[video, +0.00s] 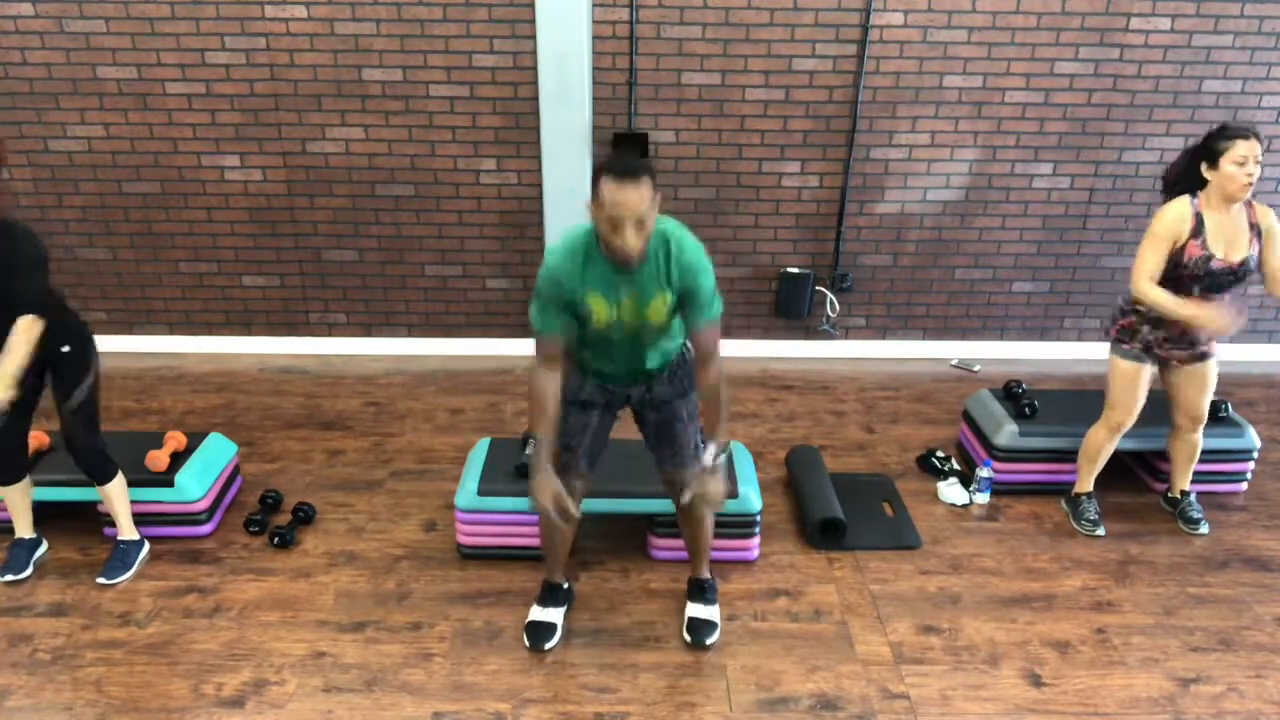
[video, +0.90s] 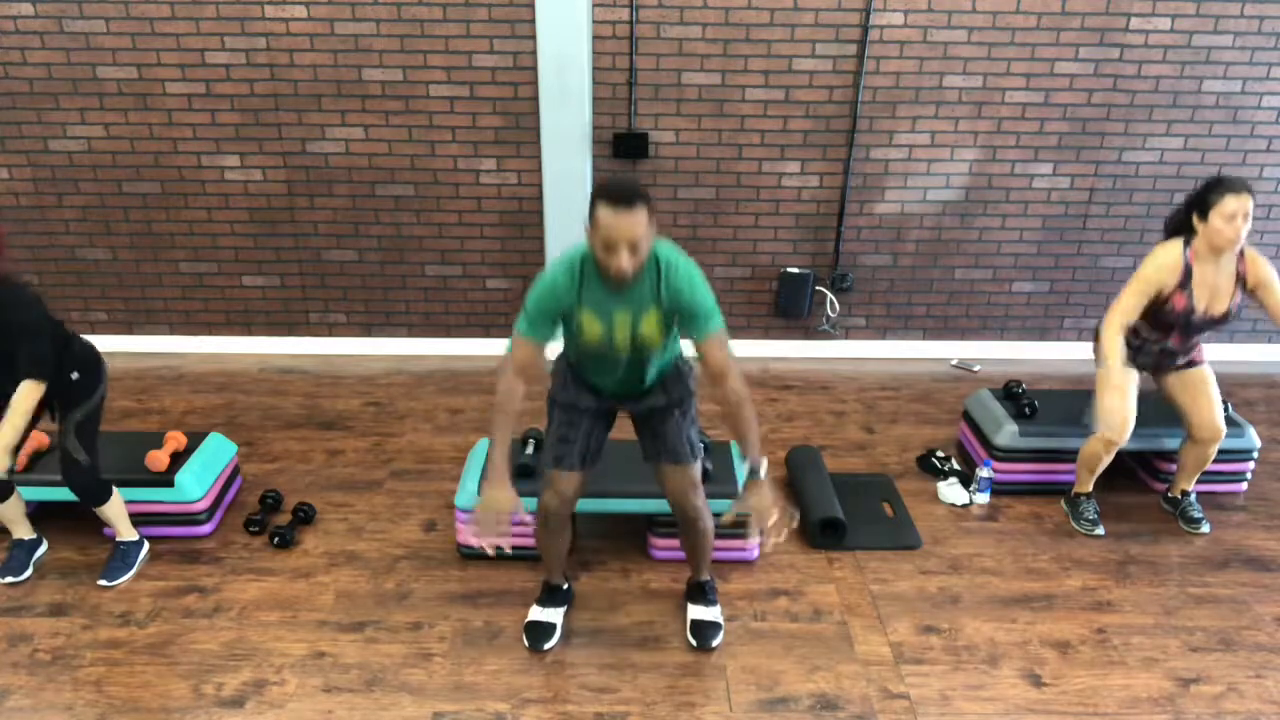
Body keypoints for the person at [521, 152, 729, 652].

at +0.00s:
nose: (629, 238)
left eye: (640, 222)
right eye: (615, 224)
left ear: (656, 209)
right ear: (594, 211)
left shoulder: (685, 255)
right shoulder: (563, 263)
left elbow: (709, 358)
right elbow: (547, 365)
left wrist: (716, 453)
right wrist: (540, 467)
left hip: (665, 372)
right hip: (588, 377)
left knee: (690, 483)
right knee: (561, 483)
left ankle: (702, 583)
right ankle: (554, 586)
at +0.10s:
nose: (628, 306)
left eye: (639, 289)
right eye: (614, 291)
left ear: (655, 274)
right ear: (594, 277)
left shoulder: (684, 308)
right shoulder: (566, 315)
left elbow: (702, 409)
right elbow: (556, 417)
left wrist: (697, 497)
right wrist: (565, 512)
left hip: (662, 399)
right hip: (591, 400)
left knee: (692, 500)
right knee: (558, 501)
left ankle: (703, 586)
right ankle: (555, 587)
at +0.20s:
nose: (626, 364)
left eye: (637, 350)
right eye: (613, 351)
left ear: (652, 334)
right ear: (594, 336)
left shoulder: (681, 355)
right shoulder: (565, 367)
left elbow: (699, 452)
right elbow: (559, 462)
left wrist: (691, 509)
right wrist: (574, 523)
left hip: (661, 426)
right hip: (594, 426)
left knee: (700, 519)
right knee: (552, 517)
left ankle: (703, 588)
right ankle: (554, 591)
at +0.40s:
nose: (625, 435)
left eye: (636, 422)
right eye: (613, 423)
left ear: (652, 399)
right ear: (594, 404)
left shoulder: (682, 422)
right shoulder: (565, 429)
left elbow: (702, 504)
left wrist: (690, 514)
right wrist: (564, 520)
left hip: (659, 464)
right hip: (587, 464)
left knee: (701, 532)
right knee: (544, 537)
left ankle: (702, 588)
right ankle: (554, 591)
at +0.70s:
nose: (624, 372)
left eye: (636, 358)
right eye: (611, 358)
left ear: (653, 344)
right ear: (594, 344)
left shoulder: (679, 373)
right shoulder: (563, 379)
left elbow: (711, 464)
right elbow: (530, 471)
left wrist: (710, 511)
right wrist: (544, 506)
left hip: (657, 442)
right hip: (585, 442)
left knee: (702, 524)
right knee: (547, 526)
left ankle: (702, 589)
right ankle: (553, 592)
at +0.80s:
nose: (623, 318)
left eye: (636, 303)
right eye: (611, 303)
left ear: (652, 289)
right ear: (593, 288)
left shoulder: (678, 325)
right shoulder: (563, 328)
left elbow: (717, 421)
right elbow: (521, 420)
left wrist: (733, 508)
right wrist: (518, 512)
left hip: (658, 407)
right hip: (582, 409)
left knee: (691, 509)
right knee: (554, 511)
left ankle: (702, 586)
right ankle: (554, 587)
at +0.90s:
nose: (622, 261)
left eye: (633, 246)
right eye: (609, 247)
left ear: (651, 233)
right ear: (589, 235)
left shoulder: (677, 273)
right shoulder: (561, 278)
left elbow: (724, 375)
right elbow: (514, 374)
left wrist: (757, 474)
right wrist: (497, 479)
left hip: (659, 379)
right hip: (584, 380)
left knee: (685, 494)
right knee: (556, 497)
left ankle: (702, 586)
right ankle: (555, 588)